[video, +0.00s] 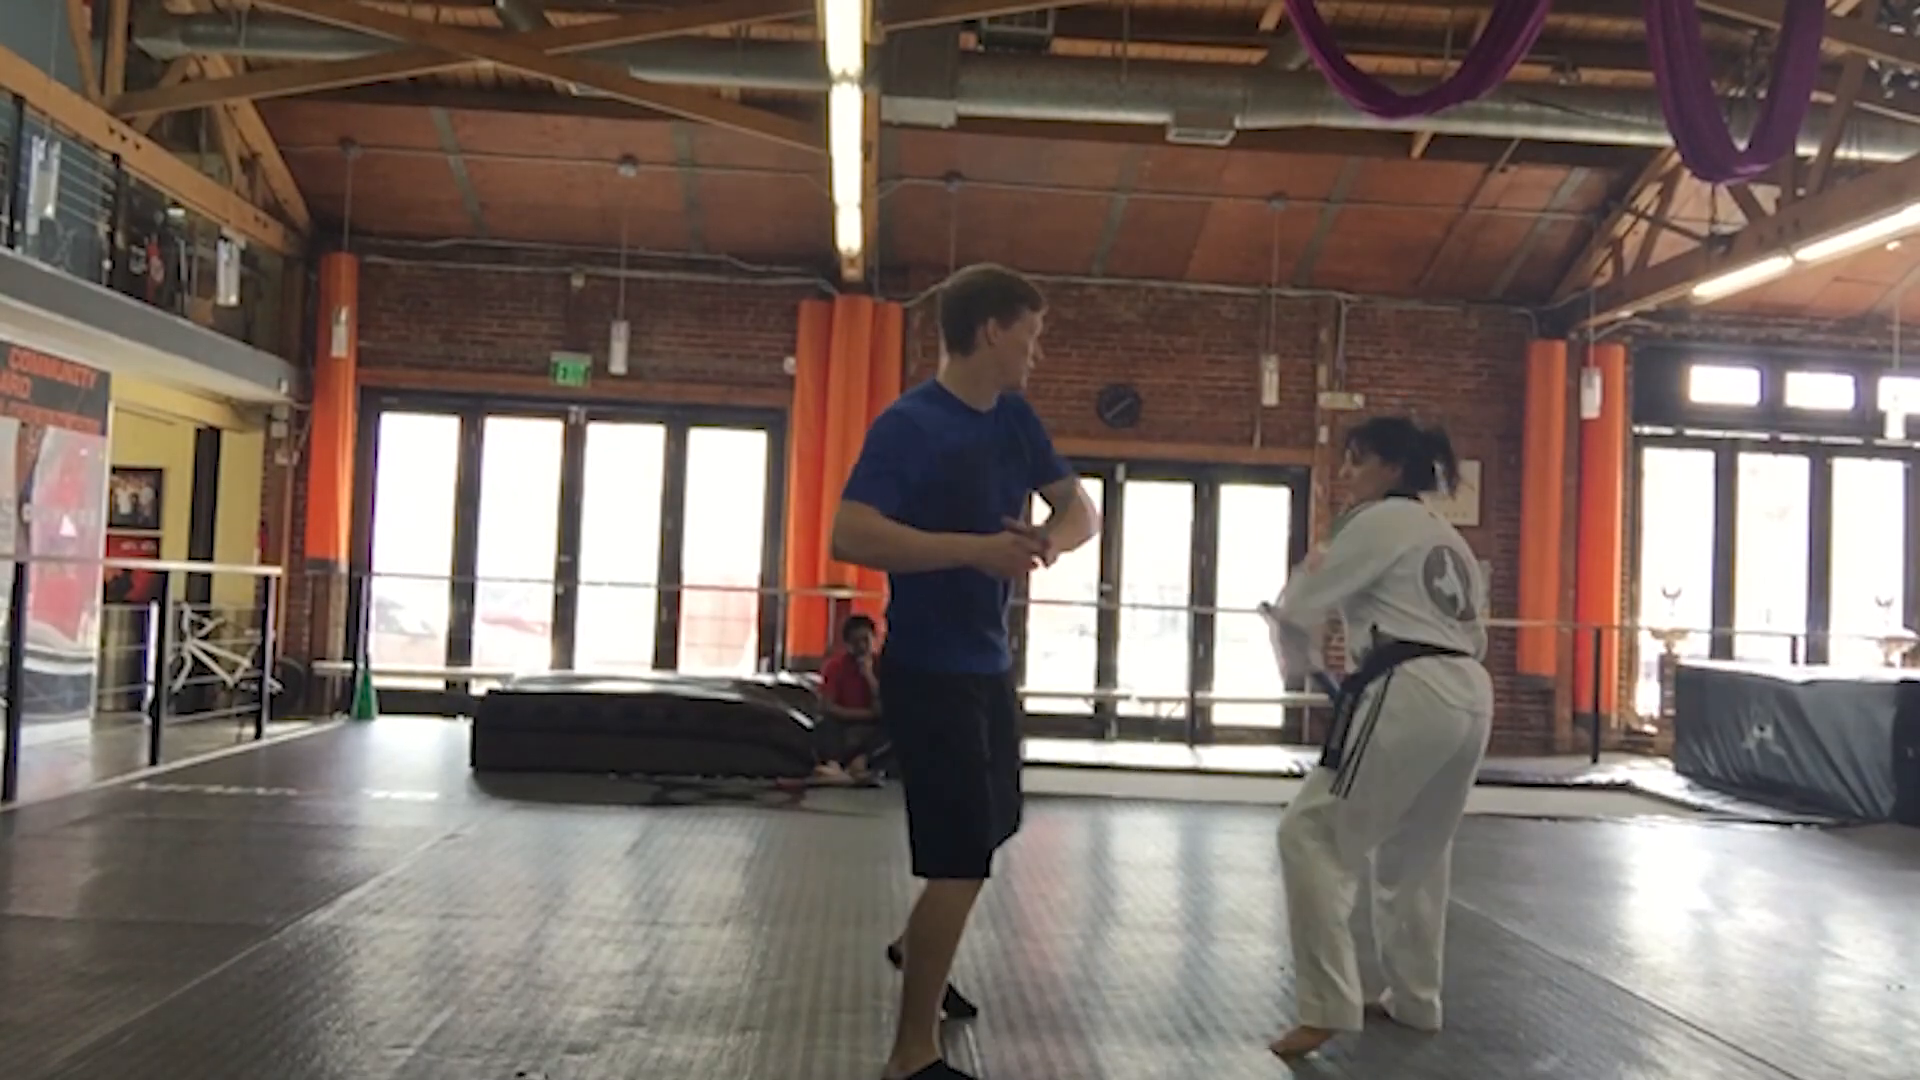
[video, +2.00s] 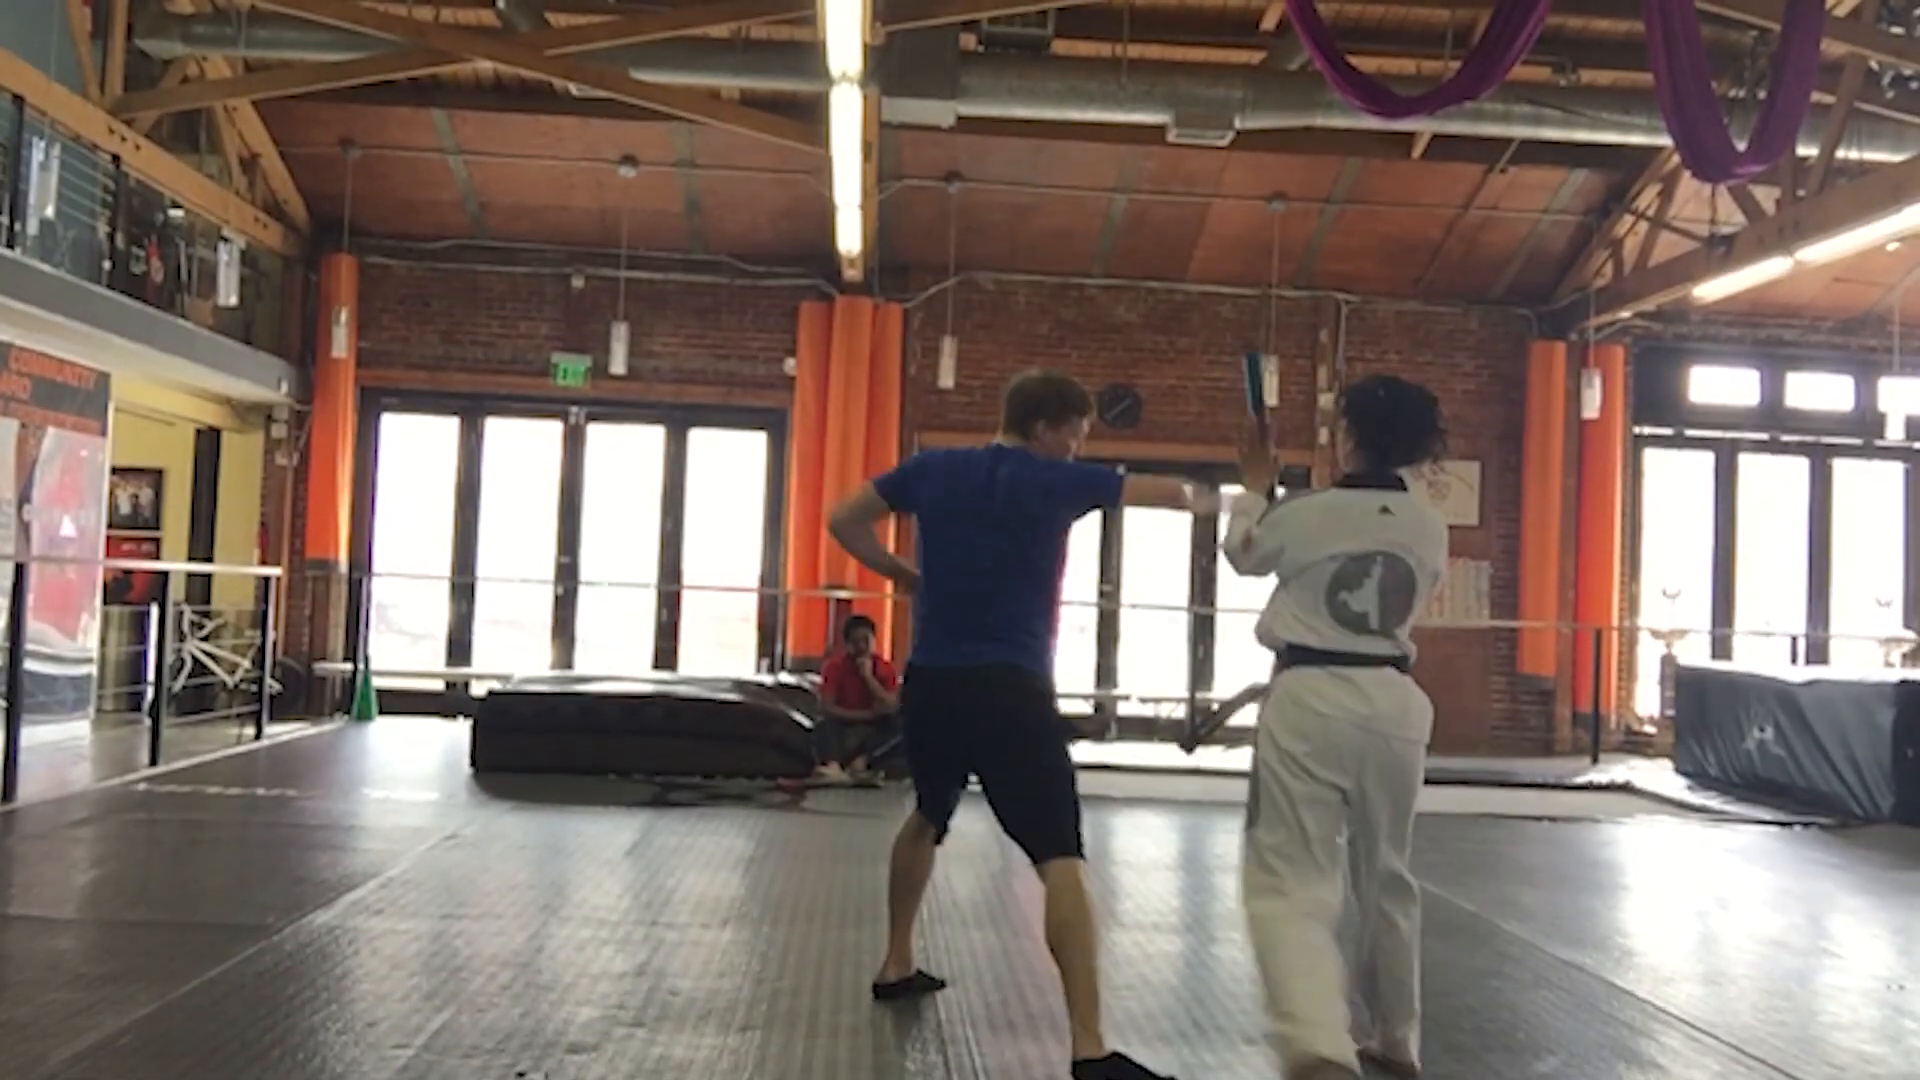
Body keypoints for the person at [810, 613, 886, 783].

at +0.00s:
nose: (862, 645)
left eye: (865, 639)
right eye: (856, 641)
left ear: (873, 639)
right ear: (847, 643)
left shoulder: (879, 663)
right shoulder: (835, 666)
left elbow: (882, 707)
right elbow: (827, 706)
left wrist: (869, 674)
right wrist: (869, 713)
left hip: (871, 722)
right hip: (841, 722)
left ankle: (862, 762)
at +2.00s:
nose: (861, 647)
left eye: (865, 640)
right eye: (855, 642)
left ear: (873, 639)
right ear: (846, 643)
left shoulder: (884, 667)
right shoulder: (834, 666)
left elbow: (891, 705)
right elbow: (827, 708)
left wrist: (868, 677)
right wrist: (870, 713)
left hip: (874, 721)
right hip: (842, 721)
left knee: (897, 725)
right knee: (826, 725)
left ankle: (861, 763)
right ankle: (832, 765)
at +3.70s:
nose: (862, 648)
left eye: (866, 642)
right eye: (856, 642)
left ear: (873, 642)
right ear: (847, 644)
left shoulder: (884, 668)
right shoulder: (834, 667)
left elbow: (892, 708)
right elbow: (827, 707)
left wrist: (867, 676)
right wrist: (868, 714)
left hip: (875, 721)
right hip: (843, 723)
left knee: (906, 721)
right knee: (822, 729)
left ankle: (866, 761)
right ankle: (832, 765)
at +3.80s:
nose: (861, 646)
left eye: (865, 640)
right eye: (855, 641)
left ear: (873, 640)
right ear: (847, 643)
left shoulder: (884, 667)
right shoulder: (834, 666)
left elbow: (892, 707)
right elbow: (827, 706)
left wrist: (868, 676)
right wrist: (869, 713)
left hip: (875, 720)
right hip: (842, 720)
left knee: (906, 720)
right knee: (821, 729)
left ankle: (866, 759)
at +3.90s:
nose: (861, 645)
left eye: (865, 639)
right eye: (856, 640)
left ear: (873, 638)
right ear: (847, 641)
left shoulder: (884, 665)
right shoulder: (834, 664)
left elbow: (892, 706)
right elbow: (827, 705)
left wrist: (868, 675)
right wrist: (869, 711)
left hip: (875, 718)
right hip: (842, 719)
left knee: (906, 718)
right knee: (821, 729)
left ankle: (866, 757)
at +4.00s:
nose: (861, 647)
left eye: (865, 641)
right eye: (856, 642)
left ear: (873, 641)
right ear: (847, 643)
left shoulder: (885, 668)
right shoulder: (833, 666)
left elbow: (892, 708)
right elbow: (827, 706)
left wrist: (868, 676)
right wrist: (868, 713)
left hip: (875, 719)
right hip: (842, 720)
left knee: (906, 719)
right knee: (823, 727)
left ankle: (865, 759)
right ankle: (833, 763)